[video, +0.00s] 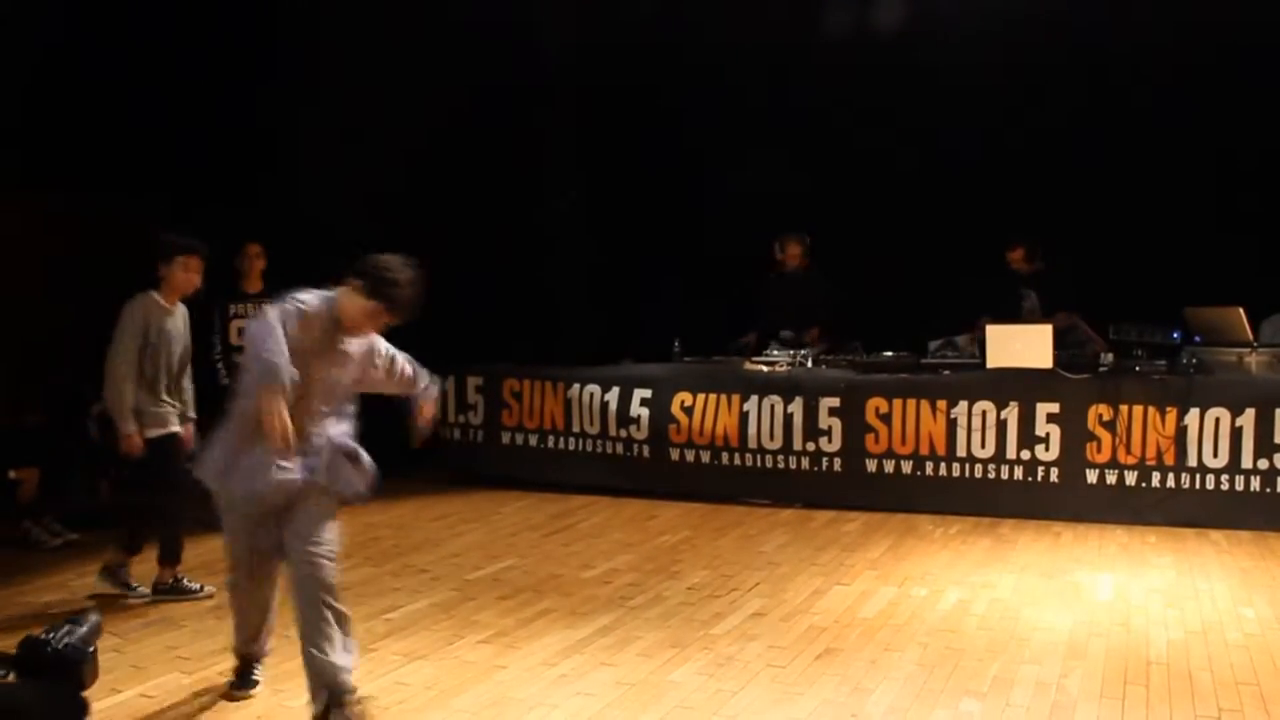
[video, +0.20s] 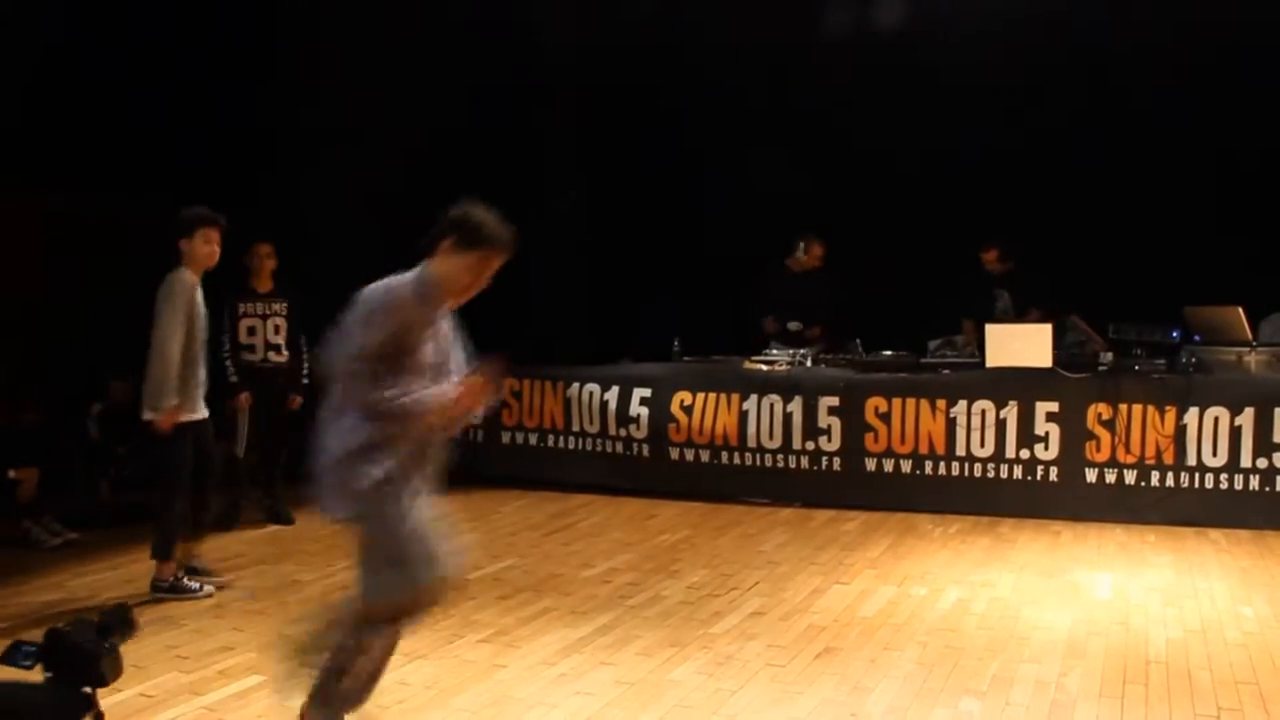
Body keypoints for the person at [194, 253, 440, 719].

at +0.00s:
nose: (375, 328)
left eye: (384, 323)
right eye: (376, 315)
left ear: (385, 318)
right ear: (356, 290)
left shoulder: (363, 347)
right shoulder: (298, 310)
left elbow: (407, 373)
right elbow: (263, 332)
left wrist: (427, 392)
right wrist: (273, 394)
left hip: (312, 474)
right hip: (250, 472)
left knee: (318, 578)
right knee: (250, 577)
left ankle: (334, 695)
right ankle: (248, 656)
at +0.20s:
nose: (481, 282)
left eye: (489, 273)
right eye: (479, 267)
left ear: (485, 271)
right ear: (449, 250)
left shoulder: (442, 316)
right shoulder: (388, 302)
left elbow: (435, 403)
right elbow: (356, 392)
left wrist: (468, 399)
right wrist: (439, 400)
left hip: (408, 469)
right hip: (368, 468)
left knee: (391, 592)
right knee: (423, 577)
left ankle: (326, 707)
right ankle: (323, 639)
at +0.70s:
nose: (786, 264)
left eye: (790, 249)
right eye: (783, 247)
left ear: (734, 233)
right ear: (756, 237)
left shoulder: (672, 293)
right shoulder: (720, 282)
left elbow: (622, 371)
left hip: (664, 500)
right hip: (702, 502)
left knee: (711, 631)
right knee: (763, 629)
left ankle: (693, 708)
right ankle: (701, 705)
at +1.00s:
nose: (946, 276)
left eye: (946, 262)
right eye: (946, 261)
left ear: (881, 256)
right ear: (933, 264)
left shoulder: (842, 323)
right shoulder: (898, 337)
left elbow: (786, 408)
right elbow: (911, 462)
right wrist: (935, 527)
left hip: (848, 549)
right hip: (899, 554)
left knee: (891, 672)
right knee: (966, 682)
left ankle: (804, 718)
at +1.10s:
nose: (958, 254)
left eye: (958, 240)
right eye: (958, 240)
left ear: (891, 232)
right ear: (943, 238)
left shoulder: (848, 297)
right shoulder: (938, 302)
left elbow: (817, 391)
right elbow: (977, 421)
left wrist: (865, 433)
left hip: (849, 498)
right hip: (910, 501)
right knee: (959, 644)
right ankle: (938, 707)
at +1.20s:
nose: (953, 239)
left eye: (954, 230)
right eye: (953, 229)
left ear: (889, 224)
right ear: (940, 223)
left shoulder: (847, 287)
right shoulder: (954, 271)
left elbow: (856, 370)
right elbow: (1014, 366)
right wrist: (982, 388)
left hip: (875, 462)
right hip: (940, 460)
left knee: (1012, 528)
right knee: (979, 592)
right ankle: (909, 708)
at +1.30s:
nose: (941, 247)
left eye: (938, 241)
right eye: (940, 240)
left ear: (877, 244)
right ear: (930, 238)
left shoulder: (847, 309)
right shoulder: (961, 275)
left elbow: (877, 404)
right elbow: (1036, 352)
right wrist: (1034, 381)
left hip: (909, 476)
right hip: (979, 464)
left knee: (1014, 561)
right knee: (970, 600)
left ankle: (1047, 672)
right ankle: (900, 706)